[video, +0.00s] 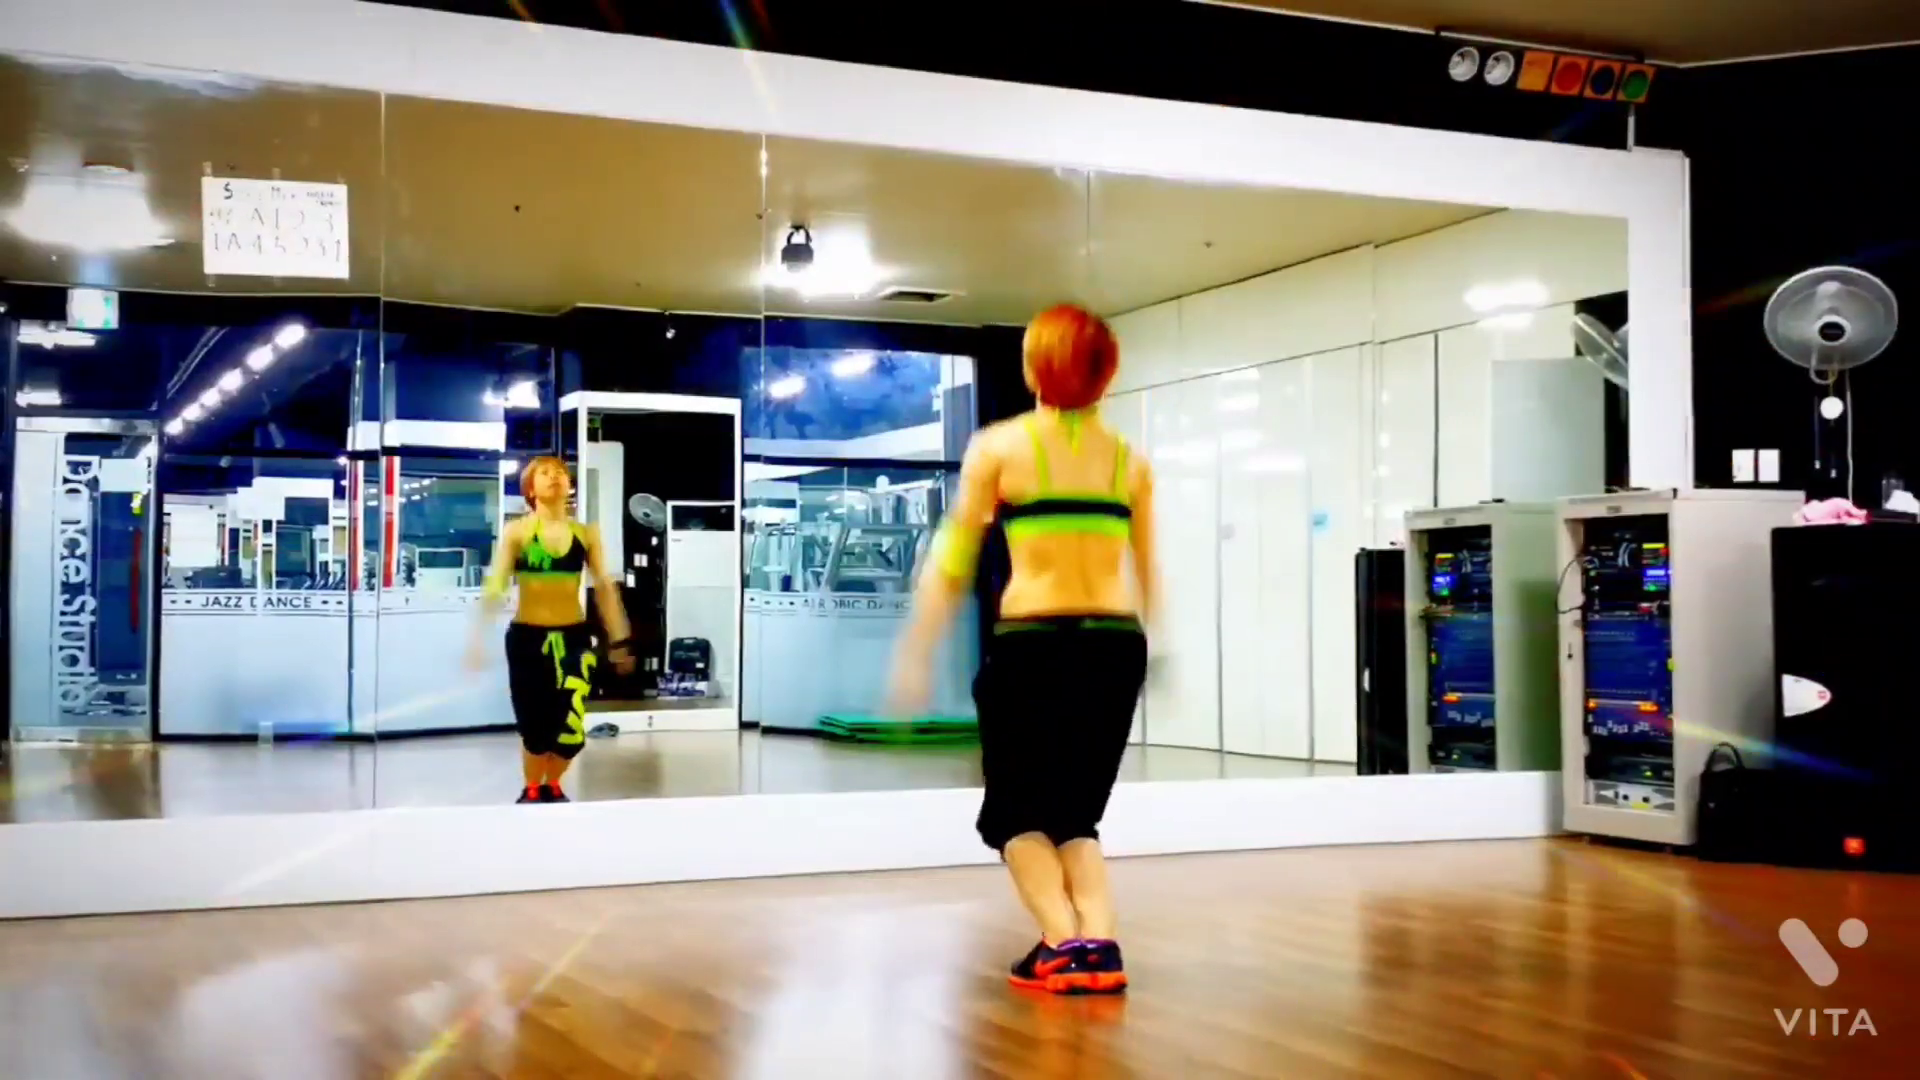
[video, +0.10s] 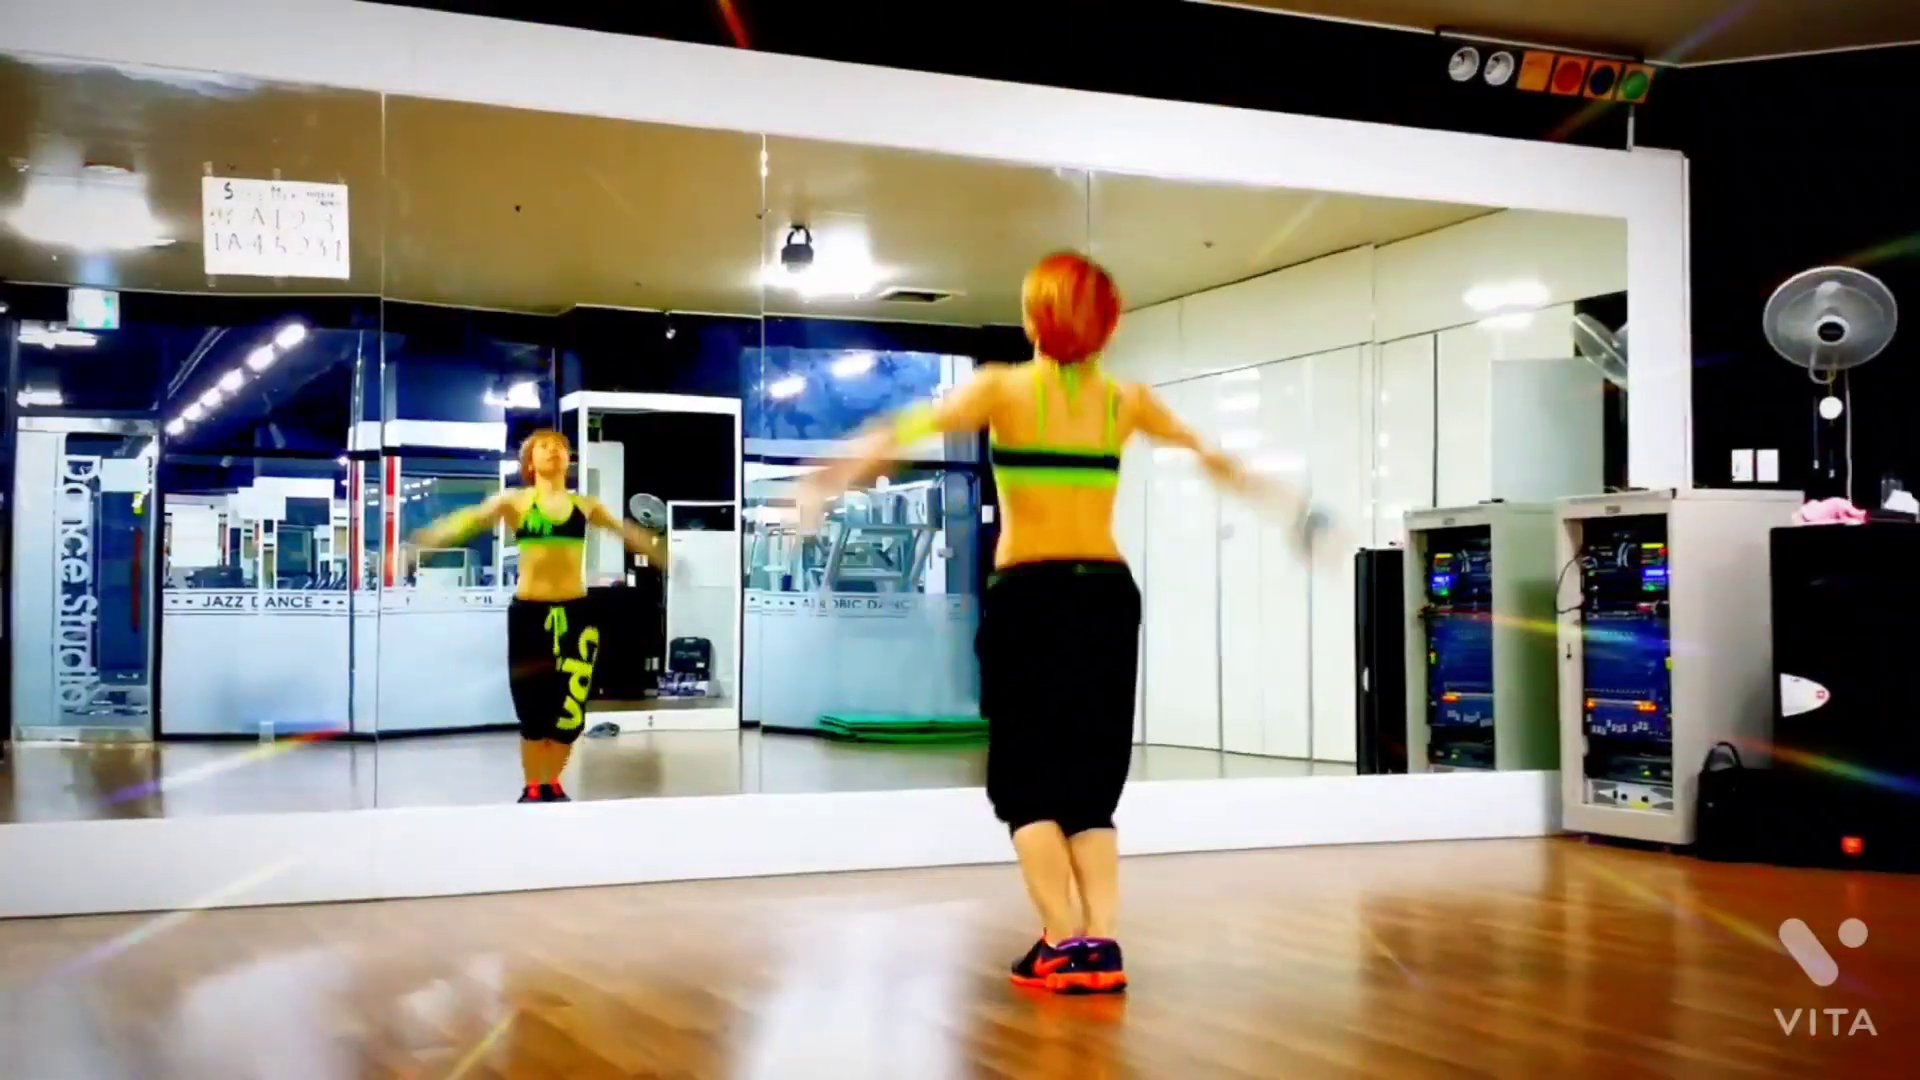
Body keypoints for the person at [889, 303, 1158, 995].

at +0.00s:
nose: (1040, 373)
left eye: (1038, 361)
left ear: (1033, 371)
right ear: (1106, 375)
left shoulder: (998, 447)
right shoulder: (1128, 460)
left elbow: (953, 563)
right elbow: (1146, 569)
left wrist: (917, 654)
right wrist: (1143, 637)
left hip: (1030, 645)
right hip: (1114, 646)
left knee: (1014, 808)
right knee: (1075, 809)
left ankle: (1061, 941)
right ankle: (1101, 944)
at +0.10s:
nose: (1037, 323)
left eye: (1037, 310)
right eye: (1074, 312)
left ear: (1031, 319)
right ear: (1103, 322)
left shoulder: (1000, 388)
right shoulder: (1123, 398)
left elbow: (899, 436)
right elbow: (1208, 453)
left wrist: (831, 483)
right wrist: (1279, 500)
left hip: (1027, 595)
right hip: (1106, 593)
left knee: (1022, 775)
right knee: (1092, 775)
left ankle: (1062, 938)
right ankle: (1101, 942)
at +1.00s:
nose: (1029, 313)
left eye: (1045, 303)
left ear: (1039, 328)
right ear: (1107, 334)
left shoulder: (1012, 389)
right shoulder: (1123, 396)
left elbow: (1004, 330)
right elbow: (1090, 340)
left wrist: (1021, 267)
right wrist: (1045, 269)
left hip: (1023, 613)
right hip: (1106, 611)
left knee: (1014, 791)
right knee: (1082, 794)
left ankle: (1060, 940)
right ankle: (1099, 942)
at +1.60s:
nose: (1032, 283)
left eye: (1031, 273)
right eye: (1073, 275)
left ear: (1027, 287)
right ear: (1098, 292)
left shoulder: (1011, 339)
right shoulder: (1110, 353)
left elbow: (983, 210)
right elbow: (1141, 247)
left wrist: (967, 105)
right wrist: (1165, 135)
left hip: (1015, 571)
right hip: (1097, 570)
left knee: (1031, 765)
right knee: (1108, 764)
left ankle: (1063, 941)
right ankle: (1101, 943)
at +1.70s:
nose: (1021, 283)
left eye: (1025, 275)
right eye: (1049, 277)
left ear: (1024, 292)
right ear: (1096, 295)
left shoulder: (1009, 343)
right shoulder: (1111, 362)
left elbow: (965, 220)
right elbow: (1177, 261)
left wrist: (917, 110)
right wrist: (1239, 159)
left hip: (1016, 571)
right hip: (1097, 569)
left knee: (1035, 765)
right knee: (1111, 765)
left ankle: (1064, 944)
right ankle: (1103, 946)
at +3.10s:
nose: (1042, 346)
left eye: (1037, 335)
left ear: (1038, 345)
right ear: (1109, 348)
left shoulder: (1002, 426)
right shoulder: (1129, 438)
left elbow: (958, 543)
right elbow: (1165, 545)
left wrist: (919, 640)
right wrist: (1193, 615)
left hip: (1029, 619)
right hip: (1115, 620)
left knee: (1017, 789)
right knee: (1084, 791)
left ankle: (1061, 938)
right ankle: (1099, 944)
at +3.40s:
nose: (1030, 281)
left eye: (1036, 273)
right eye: (1043, 270)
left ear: (1043, 291)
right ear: (1108, 297)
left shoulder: (1019, 354)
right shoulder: (1122, 369)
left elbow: (947, 249)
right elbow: (1187, 279)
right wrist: (1259, 193)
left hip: (1023, 576)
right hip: (1103, 575)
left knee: (1037, 764)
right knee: (1113, 763)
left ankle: (1062, 938)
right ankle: (1103, 944)